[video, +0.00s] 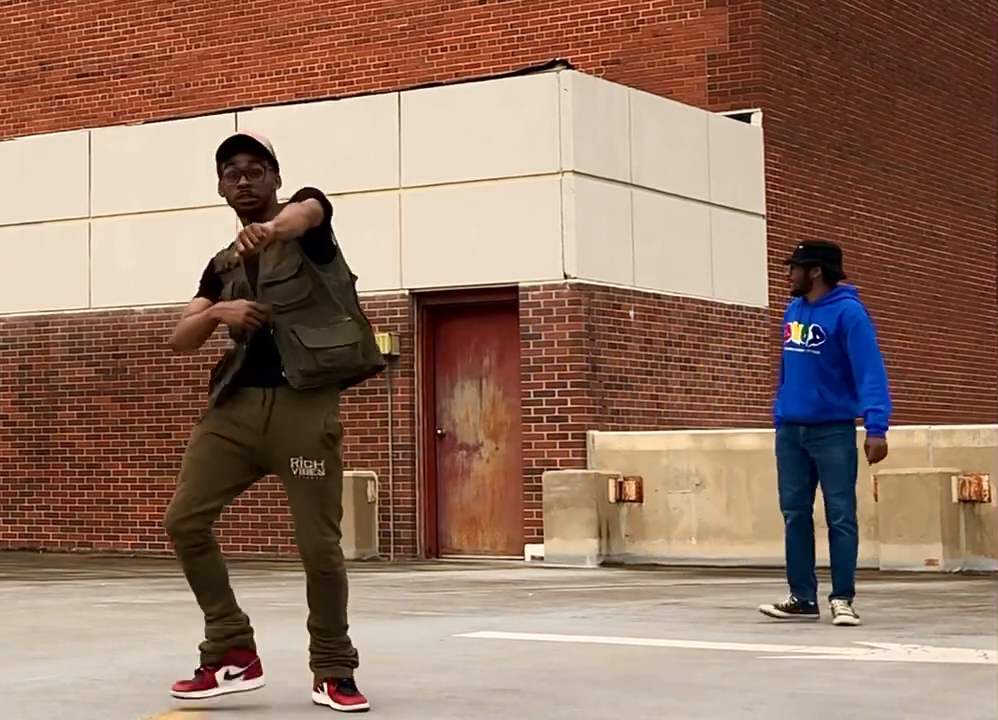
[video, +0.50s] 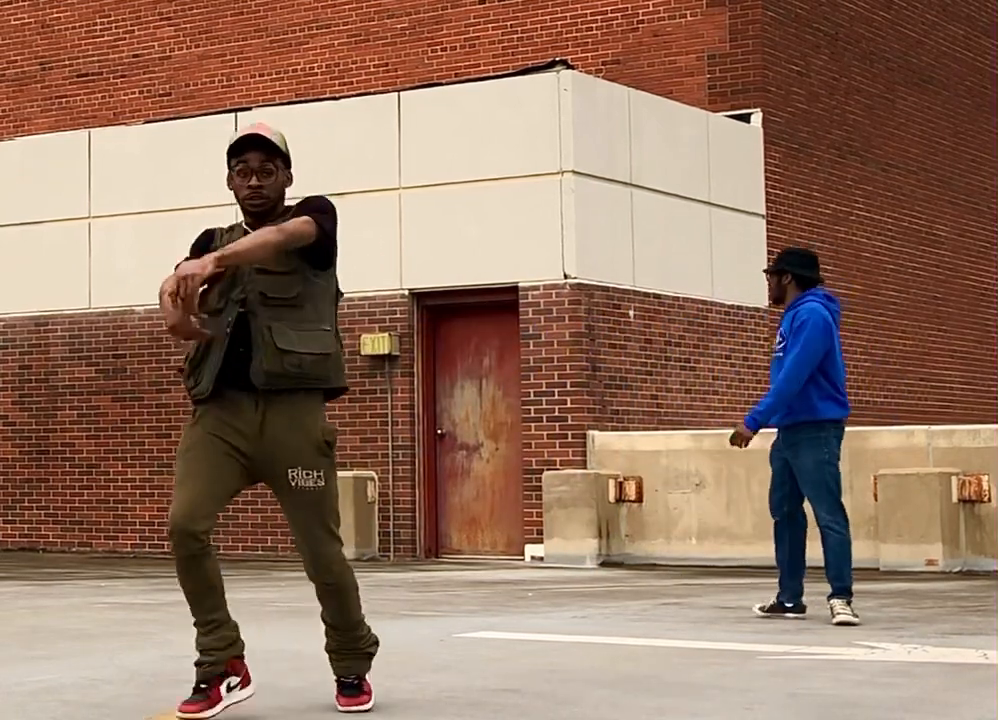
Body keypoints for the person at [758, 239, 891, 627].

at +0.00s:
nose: (789, 274)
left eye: (794, 268)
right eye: (790, 268)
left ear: (816, 271)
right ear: (808, 272)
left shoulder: (849, 312)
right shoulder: (794, 310)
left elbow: (871, 370)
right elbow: (788, 368)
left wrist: (876, 428)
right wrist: (780, 417)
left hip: (833, 429)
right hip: (790, 429)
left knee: (840, 515)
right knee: (795, 514)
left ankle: (842, 599)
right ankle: (803, 599)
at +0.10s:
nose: (786, 277)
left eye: (792, 271)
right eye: (787, 271)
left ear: (812, 272)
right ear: (807, 273)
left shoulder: (845, 309)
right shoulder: (799, 312)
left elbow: (854, 366)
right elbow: (792, 373)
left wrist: (846, 419)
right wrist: (779, 424)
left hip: (828, 430)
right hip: (791, 430)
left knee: (842, 517)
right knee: (789, 513)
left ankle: (842, 599)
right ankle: (801, 599)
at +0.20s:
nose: (781, 282)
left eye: (785, 275)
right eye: (781, 276)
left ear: (805, 275)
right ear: (804, 276)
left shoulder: (840, 308)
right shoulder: (802, 313)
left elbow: (836, 367)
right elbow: (796, 373)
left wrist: (809, 412)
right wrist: (784, 424)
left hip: (830, 428)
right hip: (793, 428)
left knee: (841, 516)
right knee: (787, 513)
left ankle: (842, 599)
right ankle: (792, 598)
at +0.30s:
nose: (777, 282)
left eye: (782, 275)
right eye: (778, 275)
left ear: (802, 275)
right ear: (800, 276)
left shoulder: (835, 308)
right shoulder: (801, 312)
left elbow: (826, 366)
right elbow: (798, 367)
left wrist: (788, 409)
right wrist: (785, 410)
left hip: (829, 430)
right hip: (795, 429)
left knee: (839, 516)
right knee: (787, 513)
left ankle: (841, 598)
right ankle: (787, 597)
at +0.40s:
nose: (773, 284)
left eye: (777, 276)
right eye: (774, 277)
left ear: (796, 276)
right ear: (797, 277)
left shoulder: (826, 310)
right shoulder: (798, 314)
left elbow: (810, 371)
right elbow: (794, 372)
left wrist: (767, 410)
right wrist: (772, 413)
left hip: (824, 429)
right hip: (795, 430)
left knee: (836, 516)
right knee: (789, 512)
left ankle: (841, 598)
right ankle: (788, 597)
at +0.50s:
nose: (769, 284)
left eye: (773, 277)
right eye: (769, 278)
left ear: (790, 278)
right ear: (792, 279)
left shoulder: (814, 316)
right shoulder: (795, 315)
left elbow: (792, 378)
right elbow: (788, 380)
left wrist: (751, 422)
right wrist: (771, 425)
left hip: (817, 430)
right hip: (790, 432)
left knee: (828, 514)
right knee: (785, 512)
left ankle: (840, 598)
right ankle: (788, 599)